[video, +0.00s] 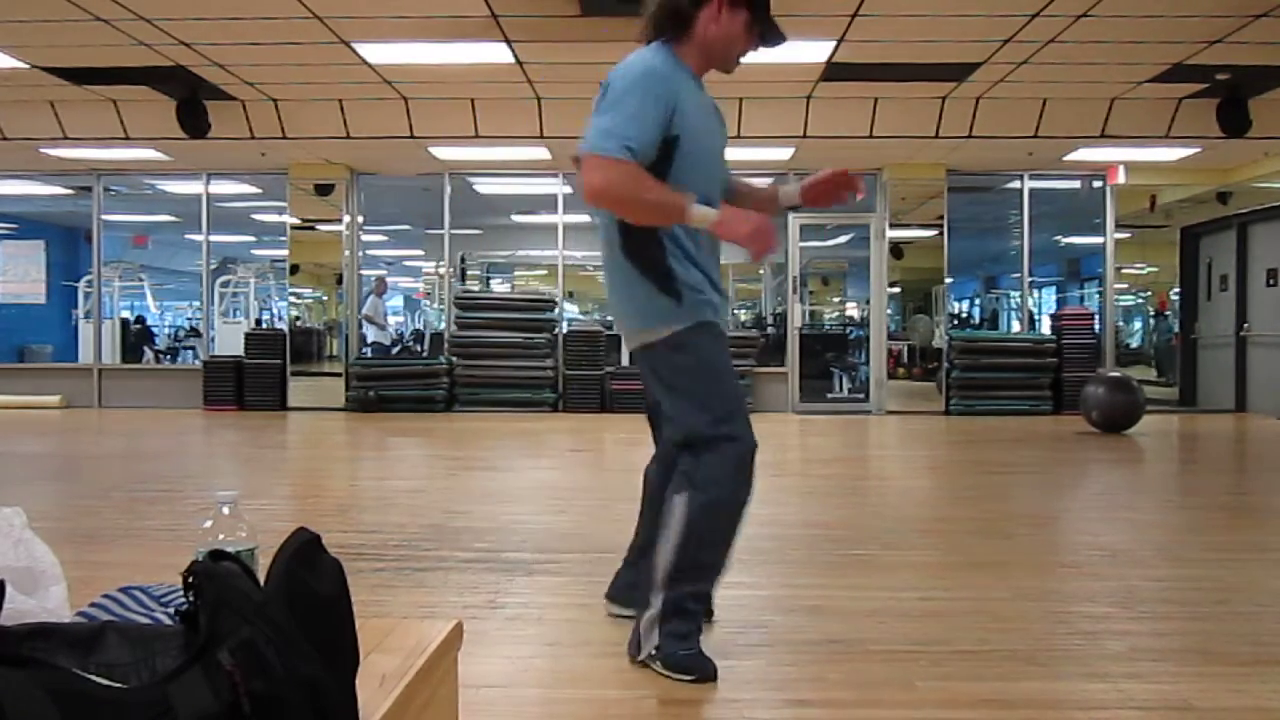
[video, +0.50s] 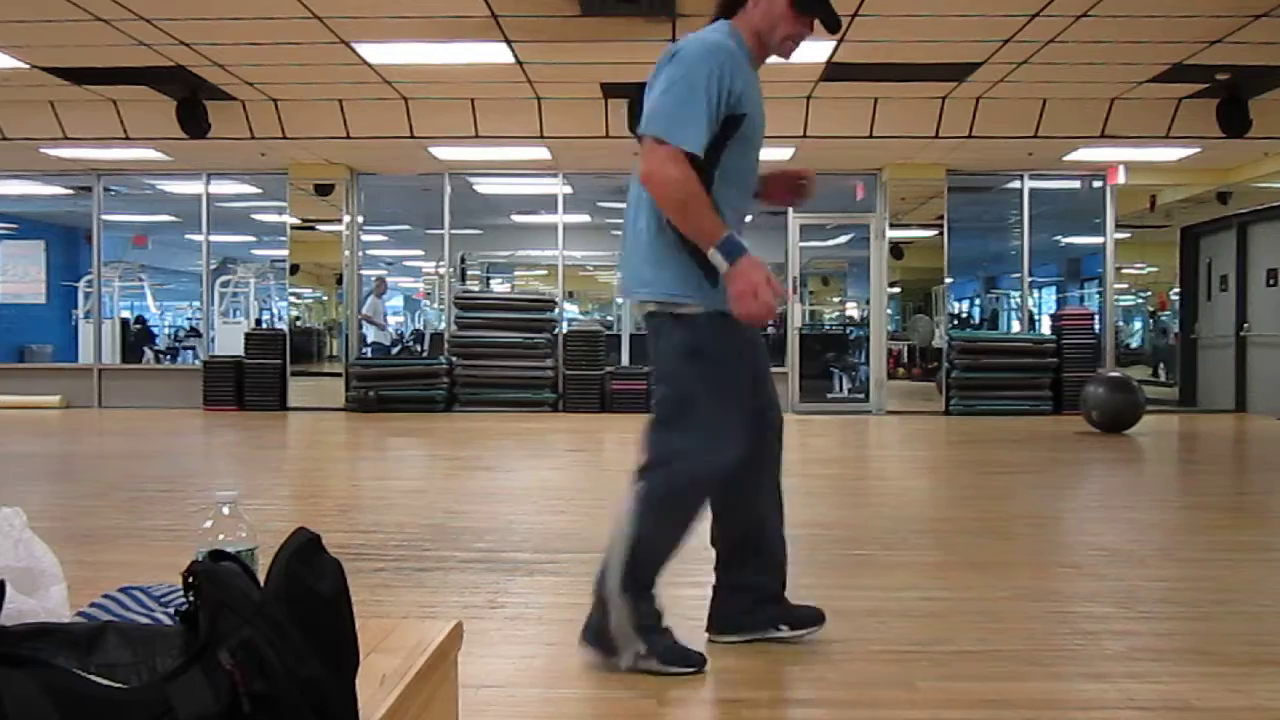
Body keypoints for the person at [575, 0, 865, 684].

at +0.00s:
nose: (752, 45)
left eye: (756, 34)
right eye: (751, 28)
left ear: (714, 18)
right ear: (717, 13)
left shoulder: (694, 99)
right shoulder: (648, 74)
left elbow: (721, 191)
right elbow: (602, 178)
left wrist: (801, 192)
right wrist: (717, 220)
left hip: (684, 310)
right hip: (664, 312)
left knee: (685, 449)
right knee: (723, 449)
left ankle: (638, 584)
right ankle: (667, 629)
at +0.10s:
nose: (765, 30)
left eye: (770, 20)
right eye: (764, 14)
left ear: (728, 9)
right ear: (727, 1)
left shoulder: (693, 69)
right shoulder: (667, 56)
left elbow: (679, 181)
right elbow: (649, 175)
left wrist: (761, 212)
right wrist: (758, 207)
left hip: (688, 296)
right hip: (664, 297)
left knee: (694, 435)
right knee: (710, 447)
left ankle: (645, 565)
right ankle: (665, 632)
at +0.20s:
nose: (776, 20)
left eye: (781, 12)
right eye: (776, 7)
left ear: (752, 6)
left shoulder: (709, 54)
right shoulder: (687, 33)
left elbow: (669, 161)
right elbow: (663, 137)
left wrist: (727, 194)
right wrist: (772, 155)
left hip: (704, 282)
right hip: (662, 279)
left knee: (743, 423)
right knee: (680, 447)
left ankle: (665, 569)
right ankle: (658, 630)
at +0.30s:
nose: (782, 18)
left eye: (787, 10)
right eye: (781, 5)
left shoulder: (685, 34)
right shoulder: (701, 33)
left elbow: (610, 100)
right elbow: (664, 122)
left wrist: (661, 164)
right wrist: (771, 167)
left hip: (710, 276)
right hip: (665, 276)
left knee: (754, 418)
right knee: (657, 450)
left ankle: (709, 578)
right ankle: (634, 627)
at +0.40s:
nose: (790, 37)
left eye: (797, 26)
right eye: (789, 18)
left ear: (747, 12)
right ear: (752, 4)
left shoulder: (703, 61)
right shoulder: (707, 59)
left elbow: (615, 118)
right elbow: (666, 157)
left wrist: (670, 183)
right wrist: (753, 233)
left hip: (715, 300)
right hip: (669, 300)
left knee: (760, 437)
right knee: (643, 466)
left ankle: (748, 603)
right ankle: (611, 645)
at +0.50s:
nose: (803, 36)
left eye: (810, 26)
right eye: (802, 18)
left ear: (767, 11)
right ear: (765, 3)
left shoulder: (740, 73)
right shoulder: (705, 56)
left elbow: (702, 172)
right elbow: (661, 165)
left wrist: (761, 186)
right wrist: (733, 257)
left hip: (713, 294)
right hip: (679, 294)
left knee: (754, 441)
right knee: (693, 450)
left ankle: (747, 603)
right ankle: (618, 618)